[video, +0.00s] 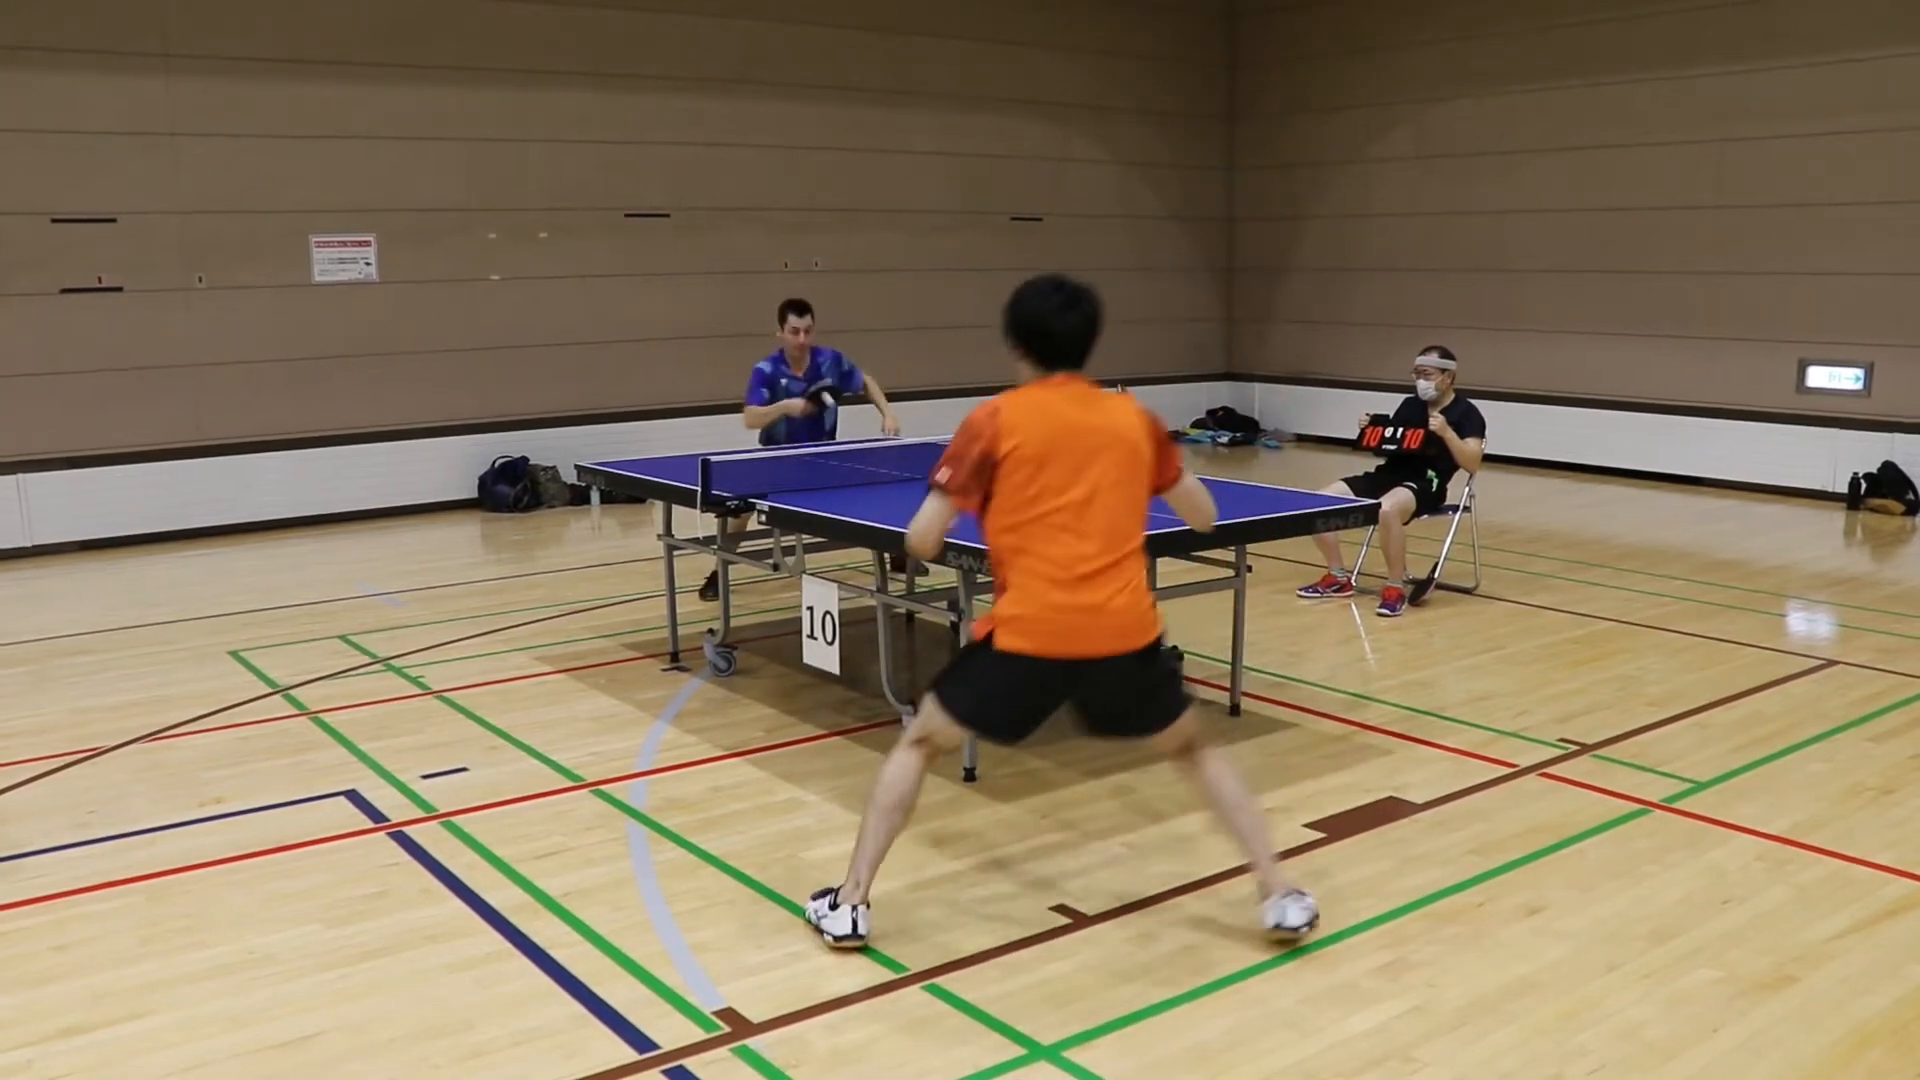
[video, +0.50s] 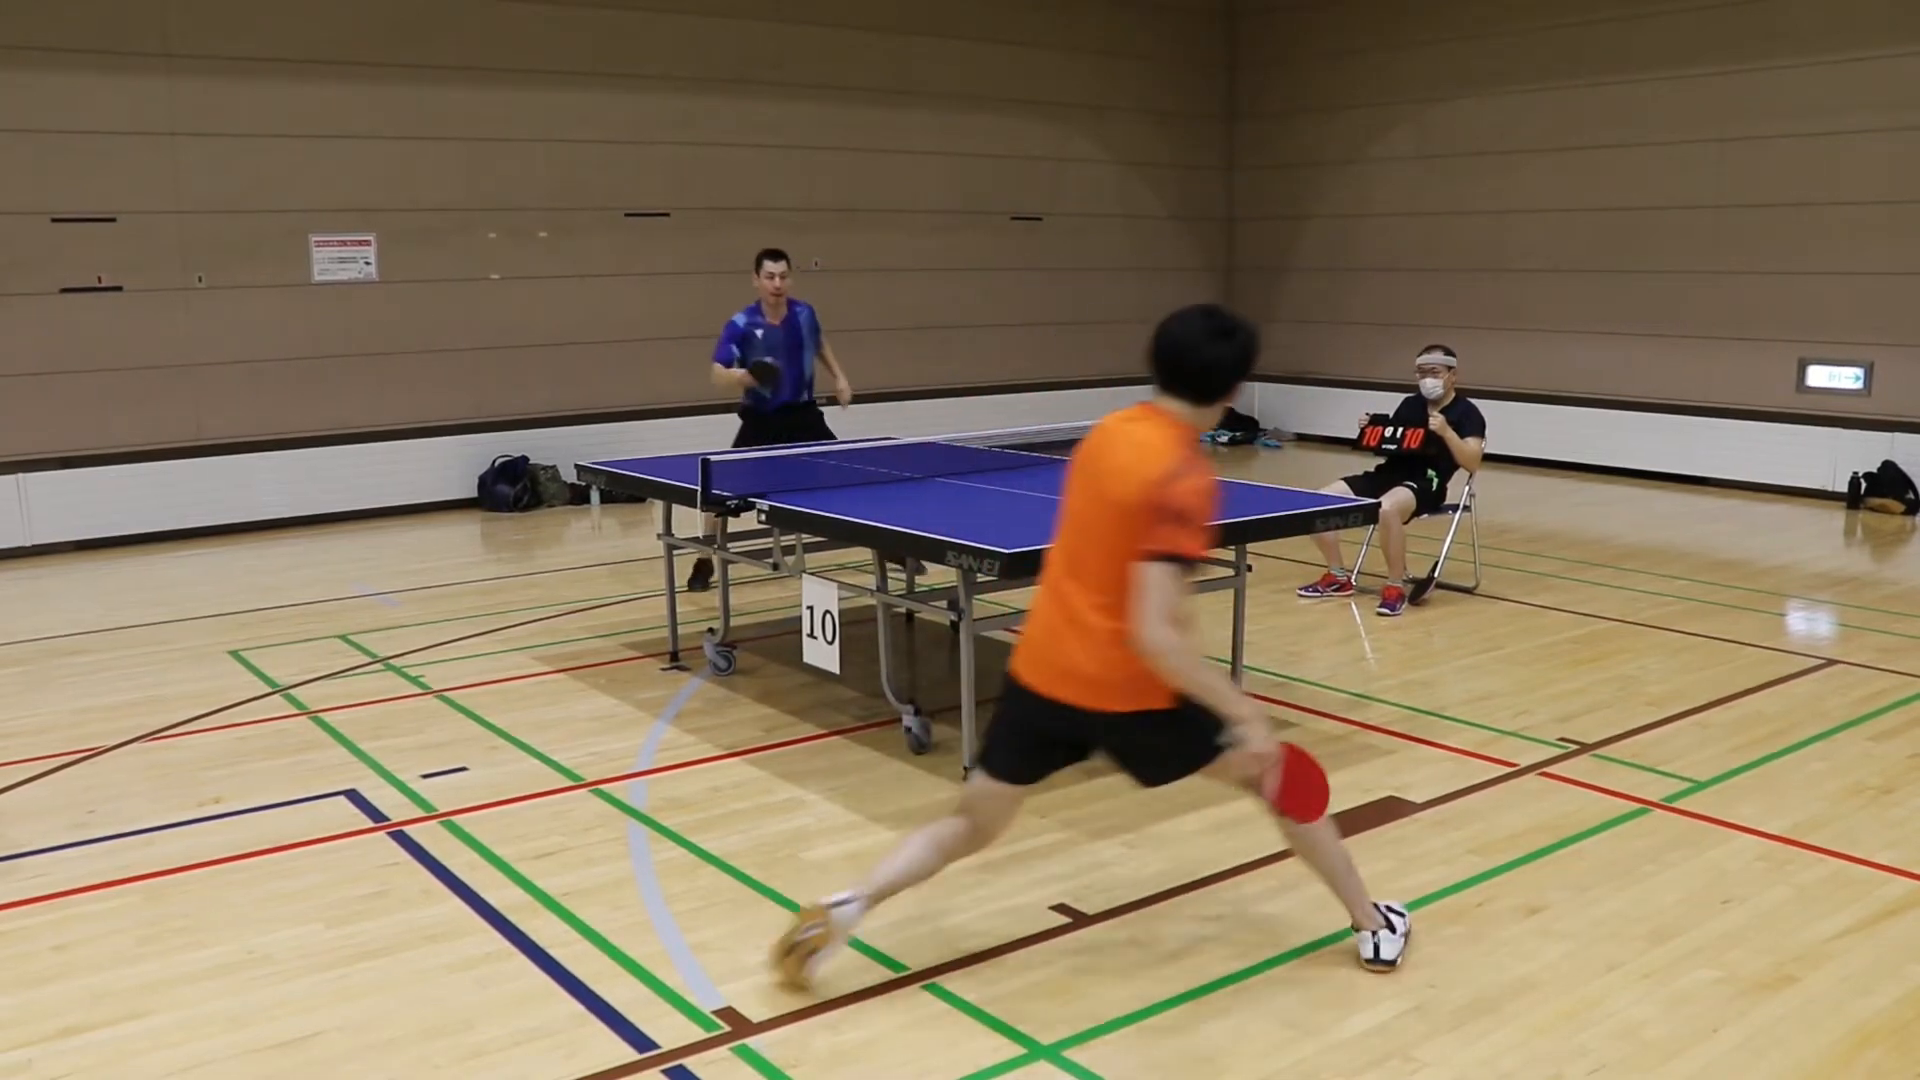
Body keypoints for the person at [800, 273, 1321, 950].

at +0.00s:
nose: (1010, 346)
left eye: (1012, 337)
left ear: (1018, 344)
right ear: (1090, 342)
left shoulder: (993, 421)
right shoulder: (1134, 419)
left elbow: (922, 544)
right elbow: (1203, 517)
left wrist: (925, 542)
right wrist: (1158, 464)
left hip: (1025, 644)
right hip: (1126, 642)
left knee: (920, 743)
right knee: (1194, 749)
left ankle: (851, 901)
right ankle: (1281, 895)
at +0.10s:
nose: (1061, 319)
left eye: (1066, 309)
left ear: (1071, 315)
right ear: (1145, 317)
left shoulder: (1038, 388)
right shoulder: (1184, 399)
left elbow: (966, 500)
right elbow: (1228, 527)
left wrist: (1032, 509)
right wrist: (1174, 486)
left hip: (1056, 618)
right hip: (1163, 614)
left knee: (956, 733)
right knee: (1266, 718)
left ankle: (878, 889)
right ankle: (1316, 887)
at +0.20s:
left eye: (1131, 310)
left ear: (1132, 317)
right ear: (1208, 322)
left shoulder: (1089, 389)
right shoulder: (1239, 416)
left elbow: (1036, 500)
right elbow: (1263, 561)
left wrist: (1106, 512)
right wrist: (1238, 541)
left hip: (1085, 627)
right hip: (1192, 630)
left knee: (1007, 740)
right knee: (1288, 748)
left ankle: (969, 886)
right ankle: (1372, 909)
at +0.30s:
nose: (1173, 344)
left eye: (1176, 334)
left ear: (1177, 341)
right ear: (1255, 351)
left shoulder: (1125, 411)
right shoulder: (1269, 443)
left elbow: (1094, 512)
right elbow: (1278, 599)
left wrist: (1167, 520)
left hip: (1106, 650)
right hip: (1208, 660)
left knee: (1039, 782)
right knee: (1300, 756)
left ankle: (981, 916)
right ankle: (1376, 916)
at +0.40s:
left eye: (1185, 346)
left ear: (1183, 355)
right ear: (1259, 374)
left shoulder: (1134, 424)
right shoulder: (1251, 461)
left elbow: (1128, 543)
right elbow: (1247, 615)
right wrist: (1297, 695)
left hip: (1088, 668)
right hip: (1191, 684)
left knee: (1018, 798)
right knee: (1302, 761)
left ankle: (932, 901)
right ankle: (1374, 919)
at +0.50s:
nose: (1240, 391)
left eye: (1234, 376)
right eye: (1239, 381)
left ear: (1159, 366)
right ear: (1227, 391)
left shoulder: (1106, 429)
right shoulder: (1183, 471)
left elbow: (1082, 554)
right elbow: (1157, 632)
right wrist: (1242, 711)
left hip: (1041, 676)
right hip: (1127, 692)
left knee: (973, 819)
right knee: (1271, 774)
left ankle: (849, 907)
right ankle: (1373, 923)